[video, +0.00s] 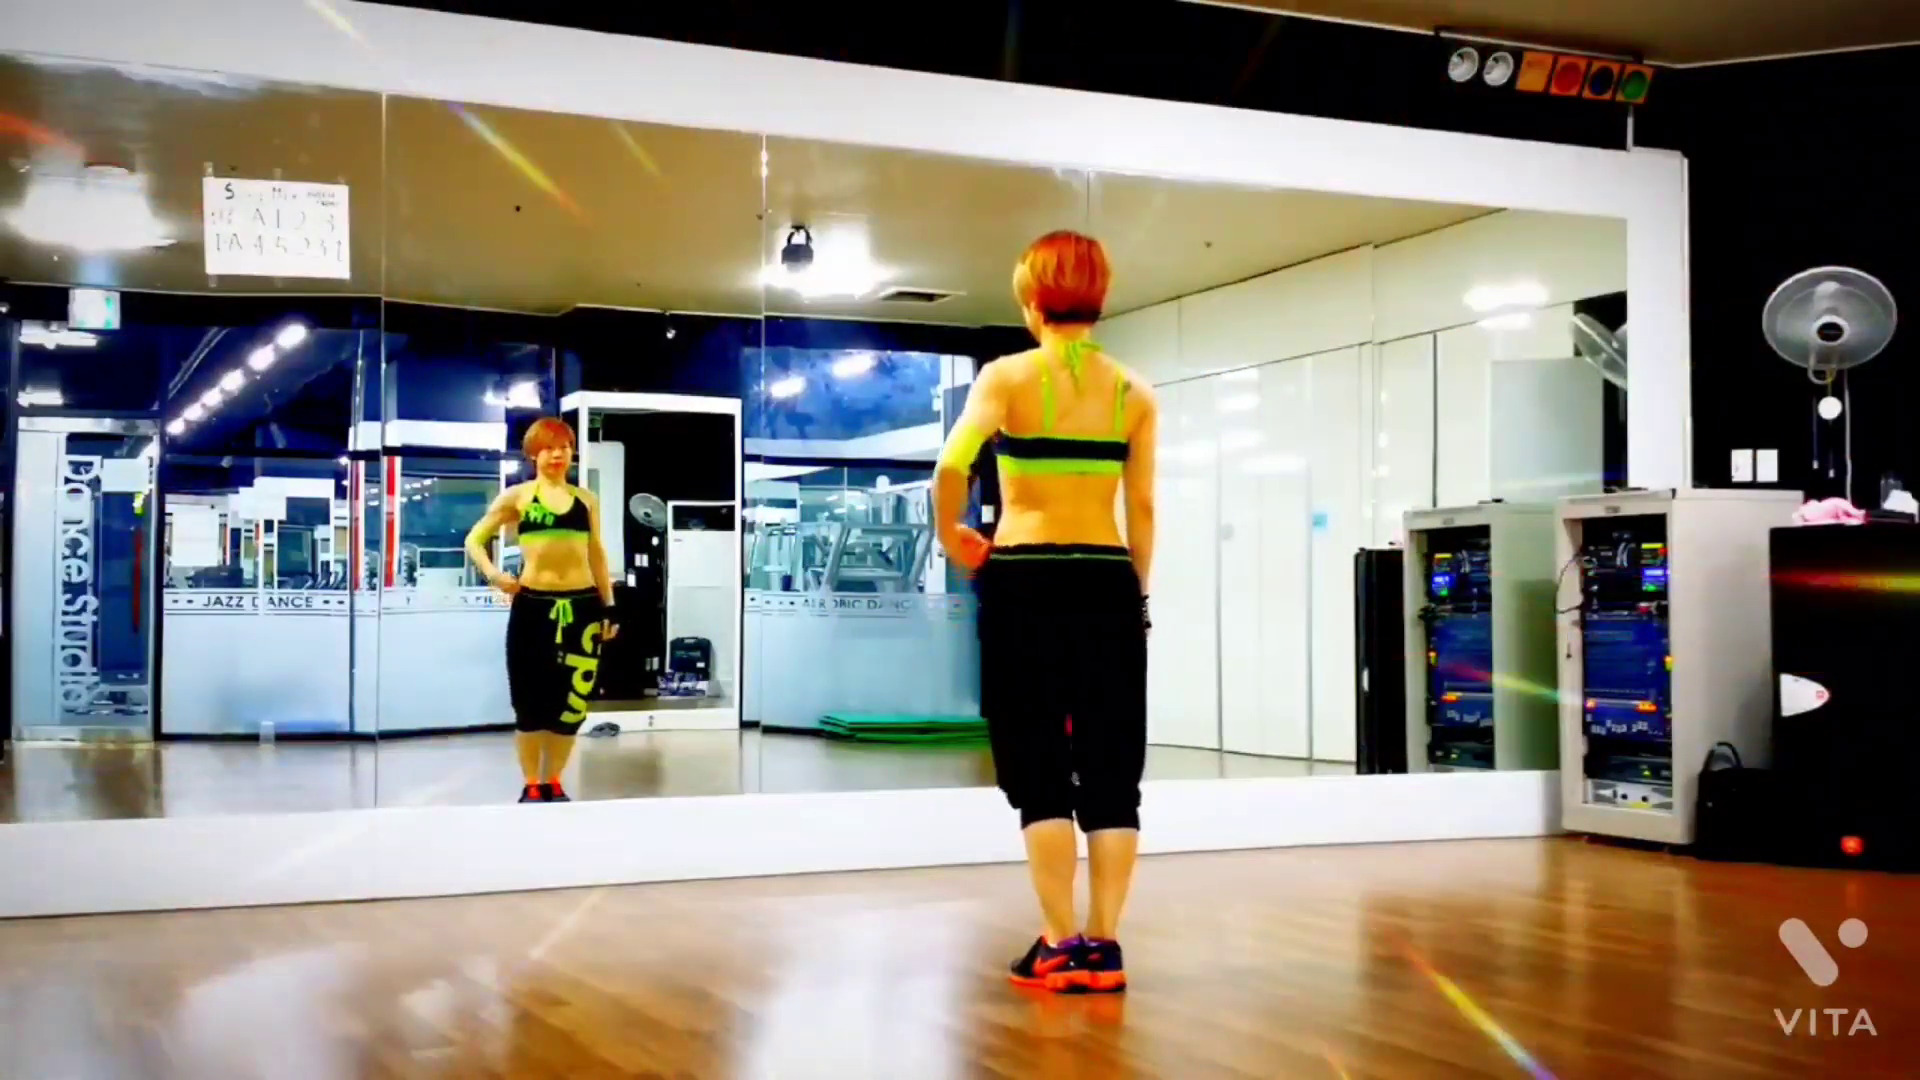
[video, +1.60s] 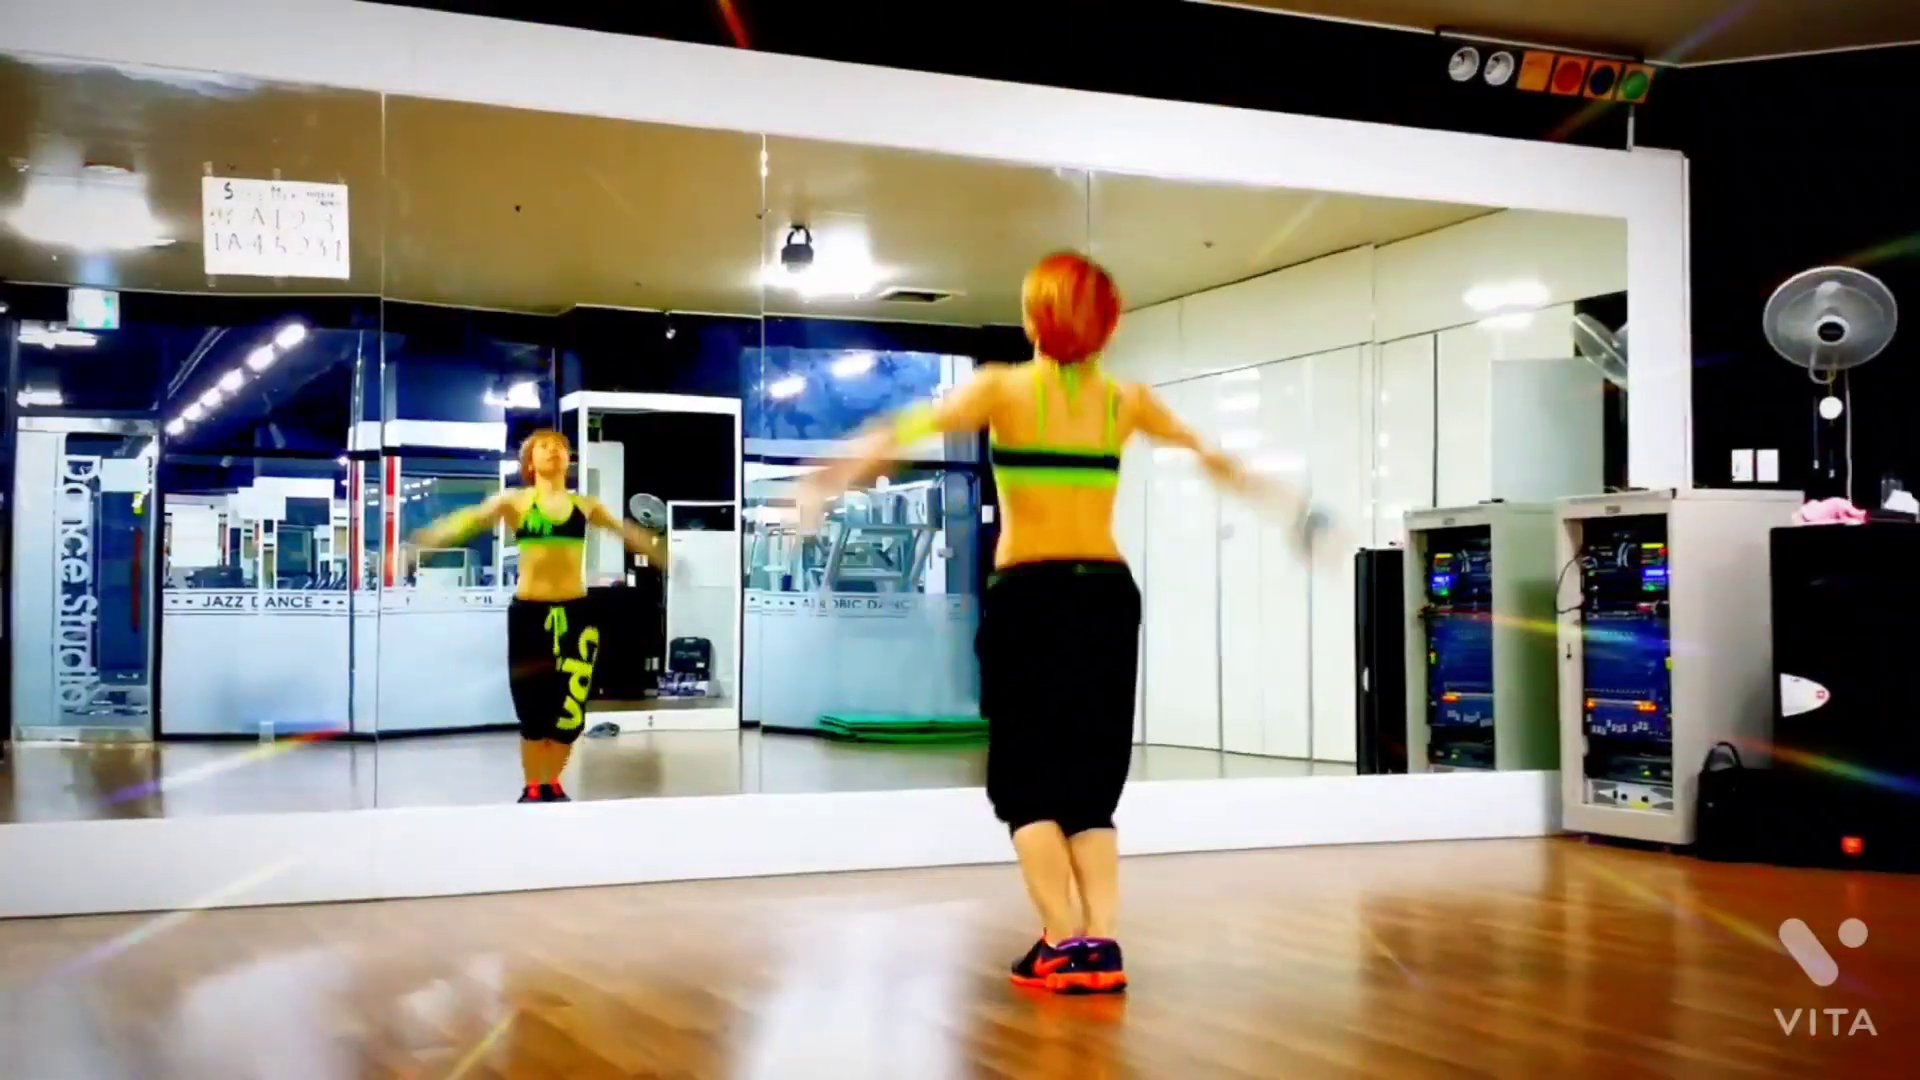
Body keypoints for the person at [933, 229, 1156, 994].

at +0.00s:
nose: (1023, 307)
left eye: (1024, 297)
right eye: (1031, 296)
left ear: (1032, 302)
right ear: (1100, 300)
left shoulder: (1004, 377)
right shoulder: (1133, 392)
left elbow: (952, 470)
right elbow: (1142, 504)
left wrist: (951, 536)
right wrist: (1137, 584)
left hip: (1021, 587)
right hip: (1107, 587)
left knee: (1034, 762)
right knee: (1114, 764)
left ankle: (1061, 938)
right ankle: (1104, 944)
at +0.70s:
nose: (1027, 311)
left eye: (1029, 301)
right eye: (1038, 300)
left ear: (1035, 305)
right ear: (1105, 301)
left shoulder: (1009, 378)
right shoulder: (1140, 389)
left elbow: (976, 488)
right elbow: (1123, 477)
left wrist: (1009, 548)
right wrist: (1057, 531)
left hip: (1025, 591)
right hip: (1108, 589)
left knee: (1040, 764)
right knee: (1114, 766)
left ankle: (1059, 939)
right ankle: (1103, 941)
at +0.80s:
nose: (1023, 307)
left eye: (1026, 296)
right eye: (1030, 295)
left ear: (1036, 301)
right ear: (1103, 298)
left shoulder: (1016, 366)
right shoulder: (1138, 375)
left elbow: (959, 418)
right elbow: (1094, 419)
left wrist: (1030, 435)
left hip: (1027, 587)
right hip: (1111, 586)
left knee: (1041, 767)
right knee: (1117, 766)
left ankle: (1061, 940)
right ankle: (1105, 943)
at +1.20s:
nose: (1014, 318)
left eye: (1020, 307)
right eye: (1020, 305)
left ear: (1031, 319)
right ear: (1098, 320)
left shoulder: (998, 395)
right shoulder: (1124, 398)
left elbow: (994, 457)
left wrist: (1005, 361)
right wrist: (1030, 360)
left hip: (1039, 602)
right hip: (1123, 599)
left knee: (1026, 780)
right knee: (1092, 787)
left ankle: (1061, 941)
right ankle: (1102, 944)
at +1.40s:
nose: (1029, 391)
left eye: (1031, 381)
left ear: (1030, 392)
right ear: (1101, 393)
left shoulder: (997, 470)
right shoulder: (1130, 477)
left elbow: (983, 595)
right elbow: (1104, 579)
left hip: (1033, 666)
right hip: (1118, 665)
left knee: (1010, 819)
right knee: (1072, 818)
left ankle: (1059, 941)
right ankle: (1099, 944)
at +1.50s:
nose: (1040, 373)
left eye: (1038, 361)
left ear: (1033, 371)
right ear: (1106, 375)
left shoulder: (998, 447)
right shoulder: (1128, 460)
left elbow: (953, 563)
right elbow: (1146, 569)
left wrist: (917, 654)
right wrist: (1143, 637)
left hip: (1030, 645)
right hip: (1114, 646)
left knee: (1014, 808)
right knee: (1075, 809)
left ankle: (1061, 941)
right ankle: (1101, 944)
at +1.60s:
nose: (1037, 323)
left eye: (1037, 310)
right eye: (1074, 312)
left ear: (1031, 319)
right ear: (1103, 322)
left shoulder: (1000, 388)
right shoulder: (1123, 398)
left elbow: (899, 436)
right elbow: (1208, 453)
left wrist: (831, 483)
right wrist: (1279, 500)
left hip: (1027, 595)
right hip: (1106, 593)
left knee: (1022, 775)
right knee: (1092, 775)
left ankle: (1062, 938)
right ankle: (1101, 942)